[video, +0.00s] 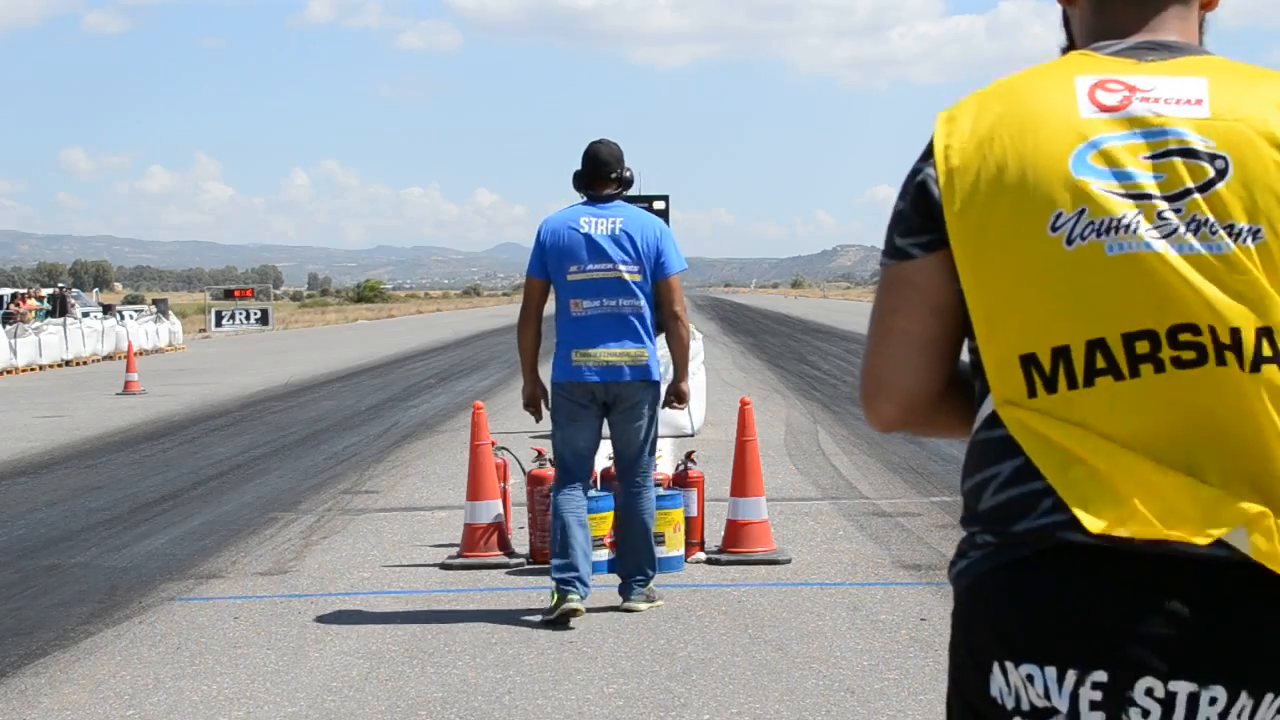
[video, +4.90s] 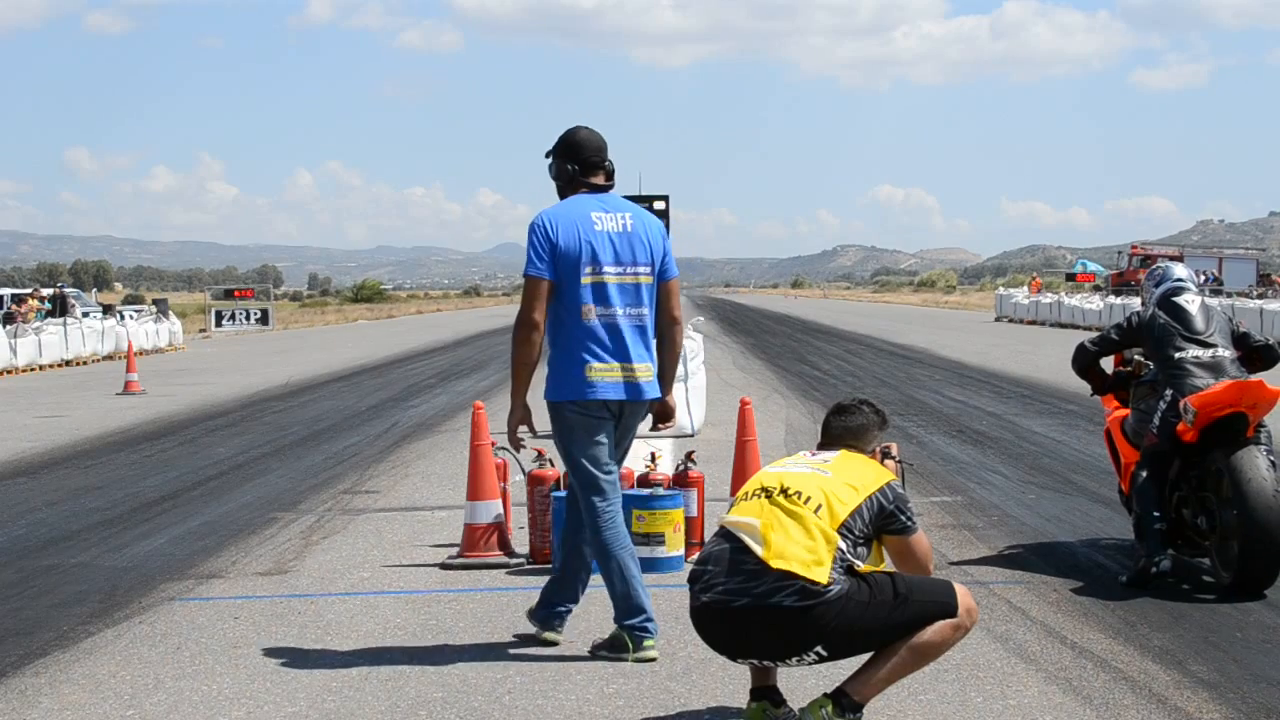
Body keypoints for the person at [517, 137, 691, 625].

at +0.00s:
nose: (607, 182)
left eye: (588, 176)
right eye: (621, 176)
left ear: (580, 181)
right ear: (625, 180)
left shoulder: (553, 229)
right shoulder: (653, 229)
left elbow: (530, 313)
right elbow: (674, 312)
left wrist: (530, 376)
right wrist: (682, 375)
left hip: (575, 372)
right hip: (636, 371)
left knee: (571, 480)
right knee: (636, 477)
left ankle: (570, 588)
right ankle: (637, 586)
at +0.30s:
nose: (543, 186)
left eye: (543, 180)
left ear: (548, 182)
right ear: (593, 180)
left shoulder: (529, 230)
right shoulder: (628, 225)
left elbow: (503, 316)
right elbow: (652, 313)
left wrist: (502, 376)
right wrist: (649, 371)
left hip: (554, 374)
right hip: (616, 372)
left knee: (561, 484)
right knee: (625, 481)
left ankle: (569, 603)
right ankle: (637, 585)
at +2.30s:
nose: (573, 172)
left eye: (576, 163)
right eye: (573, 162)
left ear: (595, 164)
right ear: (631, 163)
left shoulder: (583, 219)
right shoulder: (683, 215)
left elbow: (565, 315)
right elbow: (701, 310)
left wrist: (549, 395)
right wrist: (692, 372)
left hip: (610, 382)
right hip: (677, 378)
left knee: (621, 502)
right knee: (676, 493)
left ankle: (638, 631)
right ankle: (685, 621)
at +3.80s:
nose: (619, 168)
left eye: (619, 162)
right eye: (625, 161)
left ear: (622, 165)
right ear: (672, 162)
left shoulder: (608, 219)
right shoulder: (712, 216)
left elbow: (584, 311)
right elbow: (734, 311)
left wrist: (569, 383)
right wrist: (726, 378)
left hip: (630, 385)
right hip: (699, 384)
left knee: (633, 504)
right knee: (699, 504)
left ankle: (639, 631)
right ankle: (705, 630)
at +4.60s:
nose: (582, 170)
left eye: (581, 164)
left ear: (583, 167)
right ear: (633, 165)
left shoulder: (568, 222)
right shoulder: (674, 222)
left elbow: (543, 317)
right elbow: (694, 317)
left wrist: (530, 393)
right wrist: (689, 387)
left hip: (594, 387)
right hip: (659, 385)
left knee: (613, 503)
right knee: (651, 495)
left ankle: (639, 632)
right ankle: (656, 614)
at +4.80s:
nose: (563, 176)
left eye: (563, 169)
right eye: (565, 169)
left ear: (571, 171)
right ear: (619, 171)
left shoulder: (558, 223)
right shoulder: (661, 225)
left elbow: (537, 321)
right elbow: (681, 319)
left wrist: (522, 398)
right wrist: (672, 389)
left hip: (584, 387)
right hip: (648, 385)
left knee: (608, 503)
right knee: (605, 498)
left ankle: (639, 630)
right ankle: (573, 610)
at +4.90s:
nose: (552, 178)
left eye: (553, 170)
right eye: (552, 170)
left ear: (564, 172)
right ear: (609, 173)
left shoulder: (552, 223)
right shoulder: (650, 224)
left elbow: (532, 321)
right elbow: (672, 319)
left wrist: (519, 398)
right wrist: (665, 390)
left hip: (578, 388)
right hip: (638, 387)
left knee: (603, 504)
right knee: (586, 496)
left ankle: (638, 629)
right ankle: (551, 615)